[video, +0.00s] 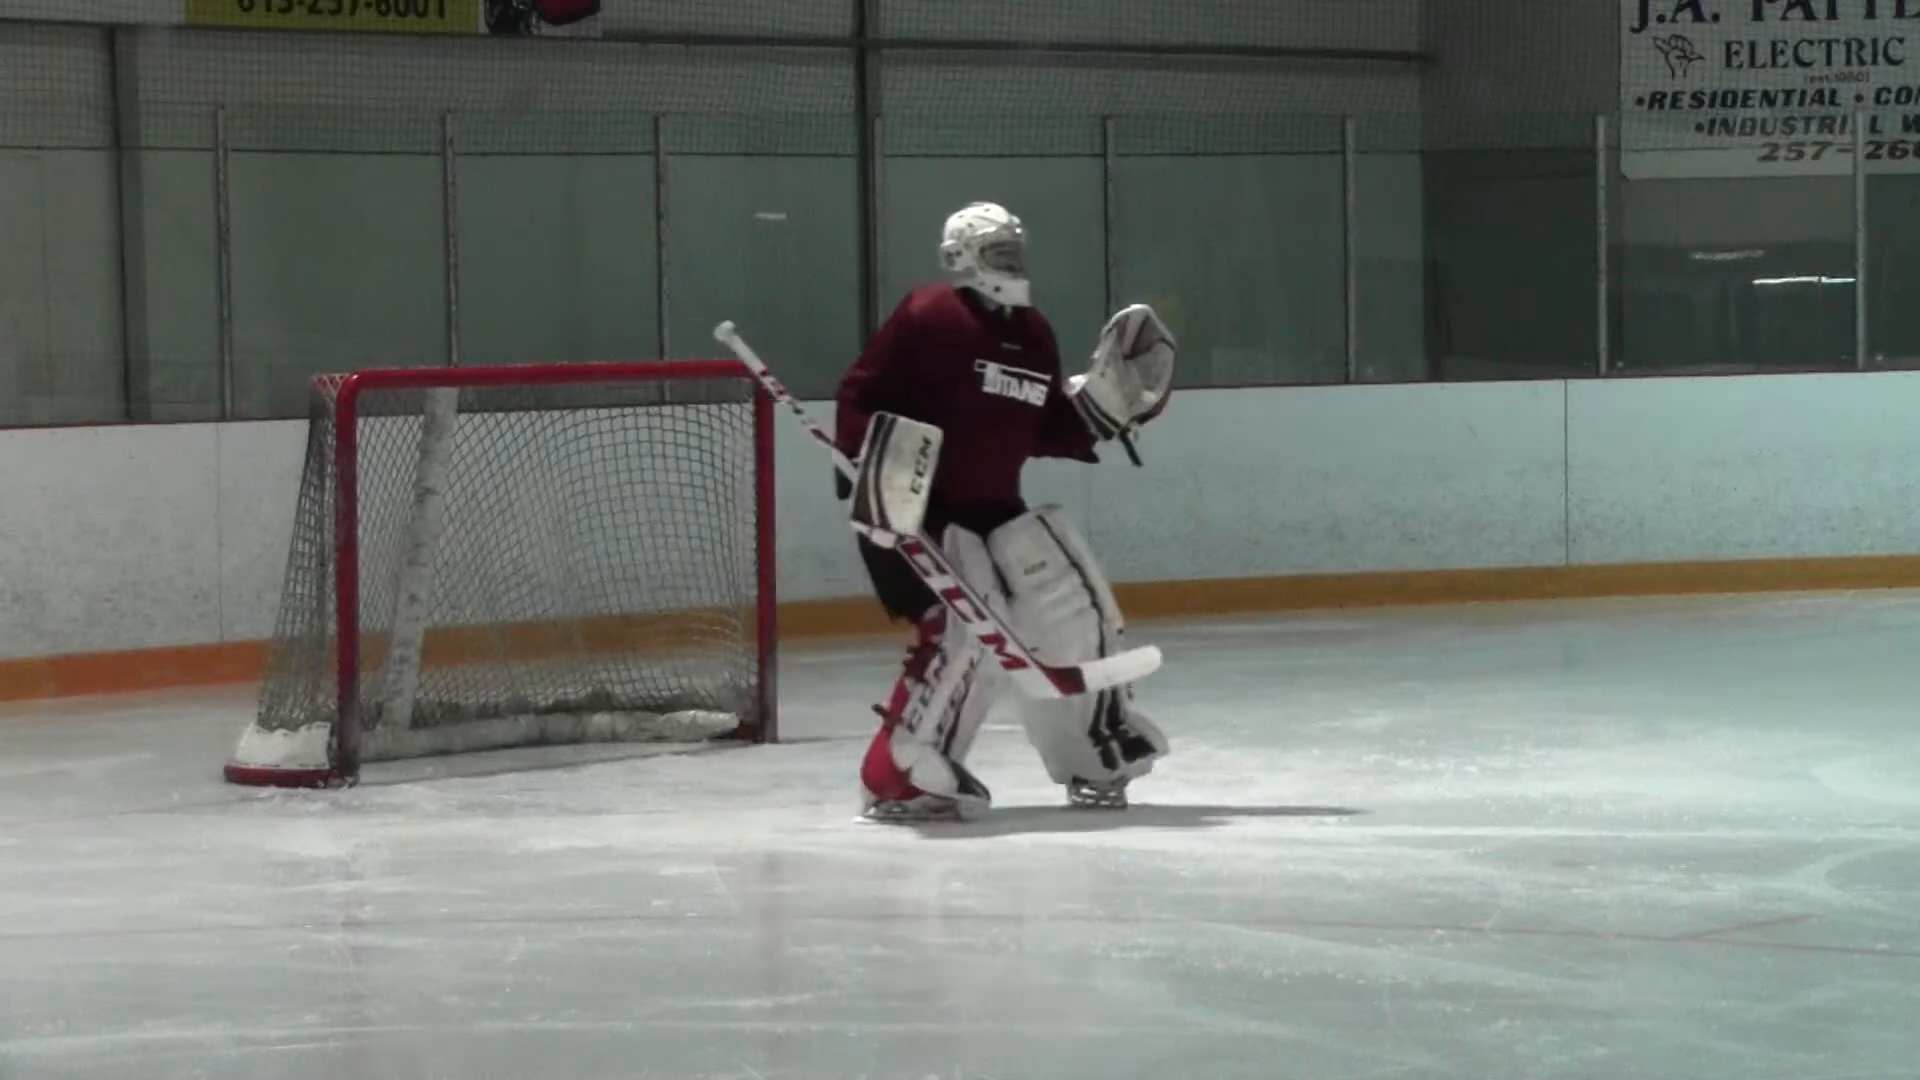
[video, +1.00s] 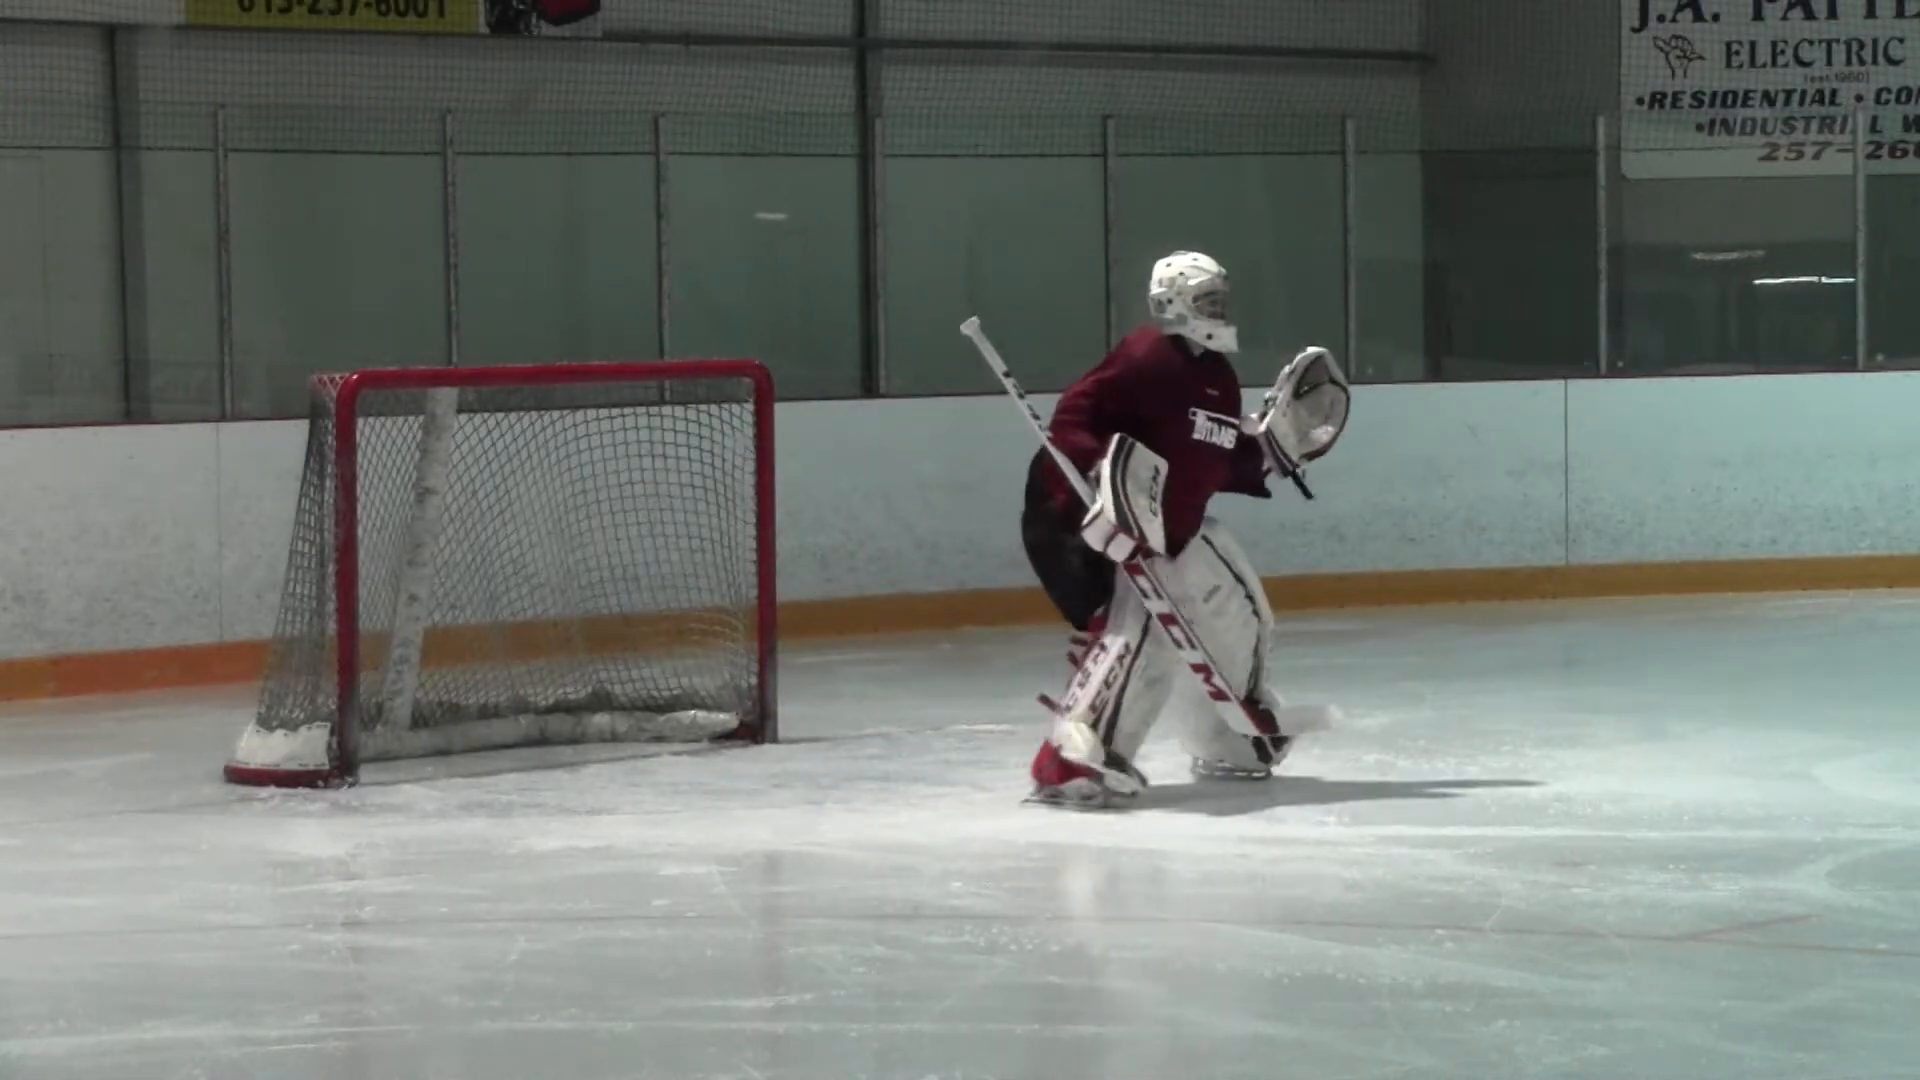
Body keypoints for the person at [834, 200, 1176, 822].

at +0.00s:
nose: (1011, 266)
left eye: (1015, 254)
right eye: (996, 256)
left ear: (1021, 255)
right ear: (962, 261)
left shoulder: (1034, 333)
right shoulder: (929, 316)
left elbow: (1043, 429)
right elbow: (858, 395)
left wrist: (1107, 405)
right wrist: (873, 478)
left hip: (1002, 514)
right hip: (930, 513)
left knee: (1060, 624)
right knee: (963, 636)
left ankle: (1091, 756)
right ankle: (904, 770)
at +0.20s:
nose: (1068, 276)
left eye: (1072, 266)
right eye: (1053, 267)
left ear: (1078, 270)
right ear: (1018, 274)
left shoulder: (1088, 347)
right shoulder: (984, 330)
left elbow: (1088, 439)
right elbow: (918, 422)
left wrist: (1155, 420)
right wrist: (936, 520)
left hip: (1055, 530)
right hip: (981, 529)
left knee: (1121, 621)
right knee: (1000, 647)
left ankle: (1148, 759)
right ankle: (920, 772)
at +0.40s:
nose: (1135, 290)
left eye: (1140, 278)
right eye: (1121, 280)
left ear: (1146, 280)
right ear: (1086, 284)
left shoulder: (1154, 358)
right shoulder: (1053, 337)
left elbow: (1156, 445)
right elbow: (980, 421)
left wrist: (1222, 426)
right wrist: (1019, 477)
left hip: (1122, 543)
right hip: (1048, 543)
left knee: (1195, 628)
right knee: (1037, 658)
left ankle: (1232, 751)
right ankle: (943, 772)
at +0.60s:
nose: (1179, 289)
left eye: (1182, 278)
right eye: (1164, 279)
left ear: (1188, 283)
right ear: (1128, 286)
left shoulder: (1188, 361)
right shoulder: (1094, 337)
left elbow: (1186, 450)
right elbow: (1016, 414)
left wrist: (1249, 433)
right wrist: (1060, 467)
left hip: (1146, 523)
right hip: (1073, 518)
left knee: (1203, 614)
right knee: (1096, 625)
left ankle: (1237, 739)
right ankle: (1042, 757)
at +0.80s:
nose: (1194, 306)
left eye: (1198, 295)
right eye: (1180, 297)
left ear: (1202, 298)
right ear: (1144, 302)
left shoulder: (1195, 374)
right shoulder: (1115, 351)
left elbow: (1187, 463)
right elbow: (1040, 429)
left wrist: (1252, 449)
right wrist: (1087, 485)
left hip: (1150, 531)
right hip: (1066, 527)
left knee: (1218, 615)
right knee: (1111, 638)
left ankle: (1232, 750)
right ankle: (1038, 764)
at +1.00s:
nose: (1220, 309)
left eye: (1221, 299)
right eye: (1206, 301)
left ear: (1221, 302)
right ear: (1172, 308)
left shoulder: (1218, 376)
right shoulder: (1147, 358)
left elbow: (1204, 462)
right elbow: (1068, 420)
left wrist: (1274, 447)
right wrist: (1115, 480)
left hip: (1165, 530)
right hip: (1086, 525)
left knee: (1230, 610)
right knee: (1140, 632)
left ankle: (1231, 741)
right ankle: (1078, 757)